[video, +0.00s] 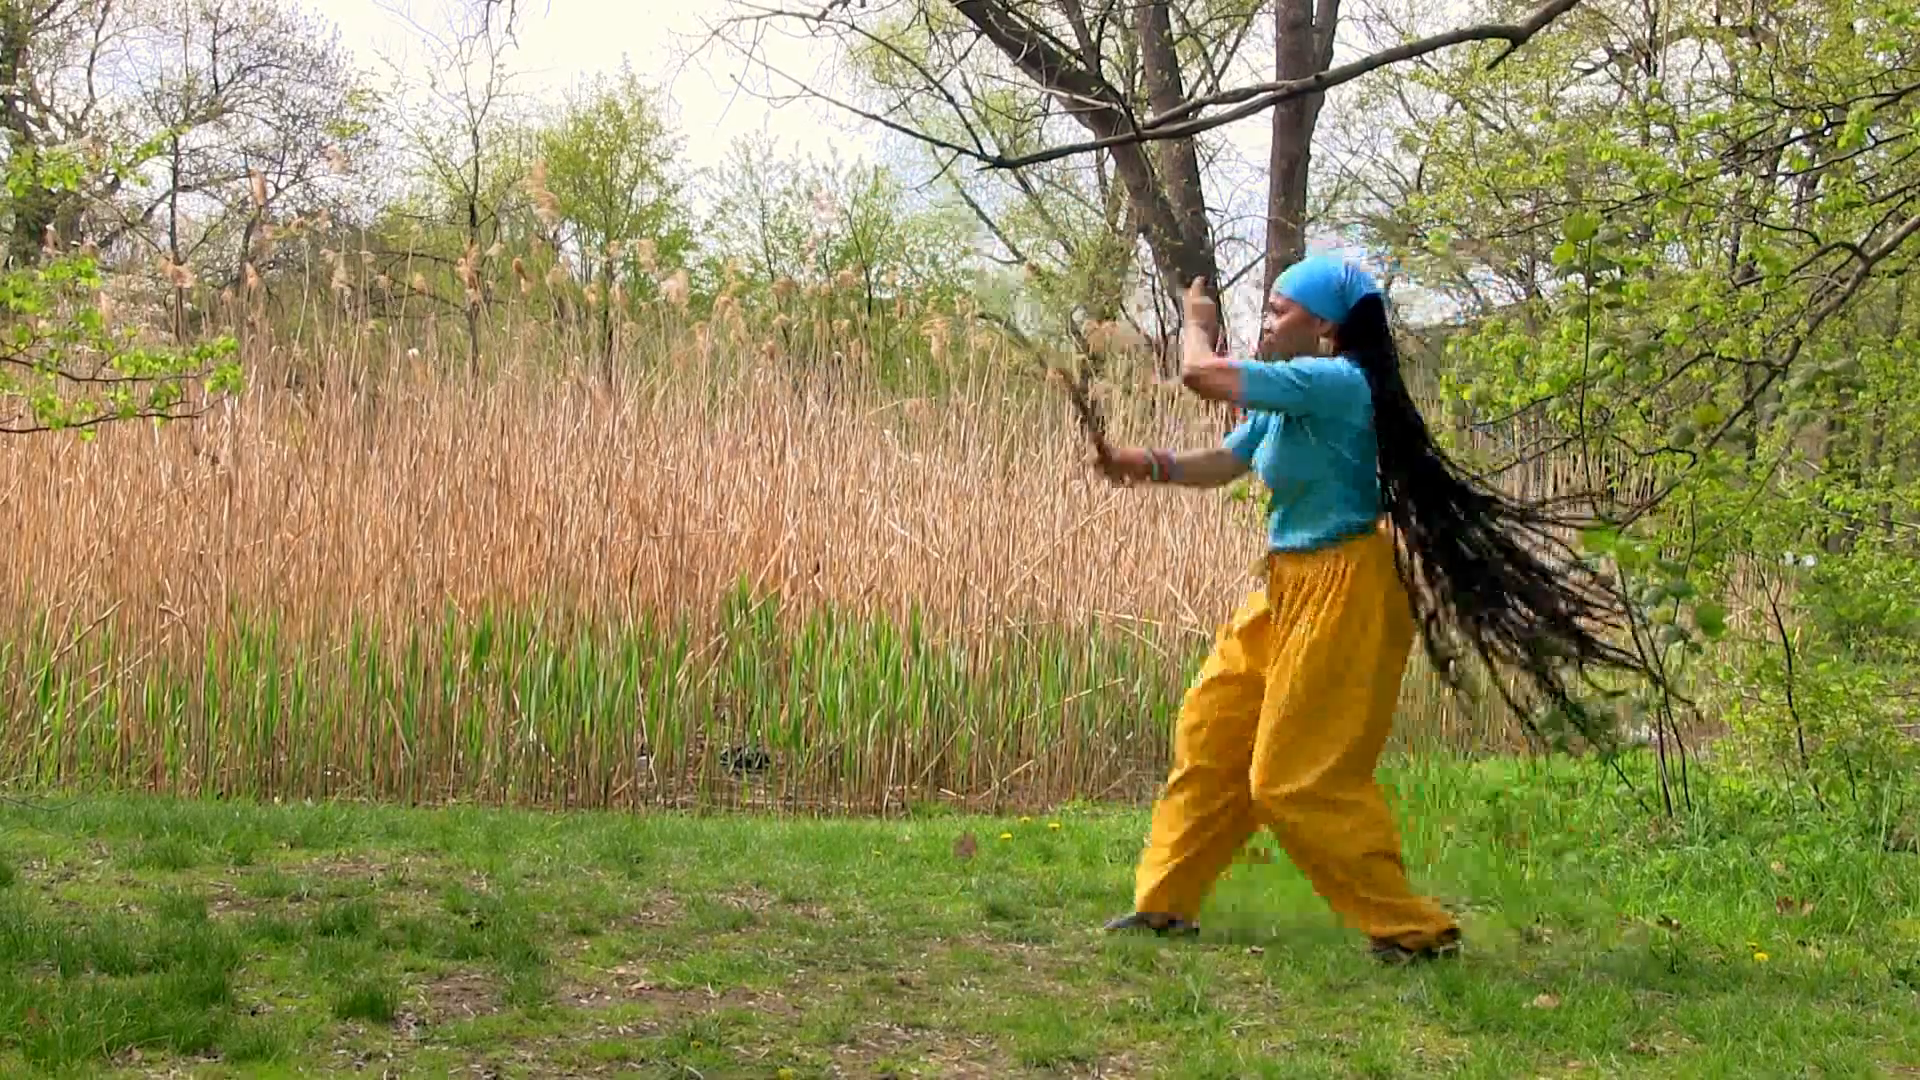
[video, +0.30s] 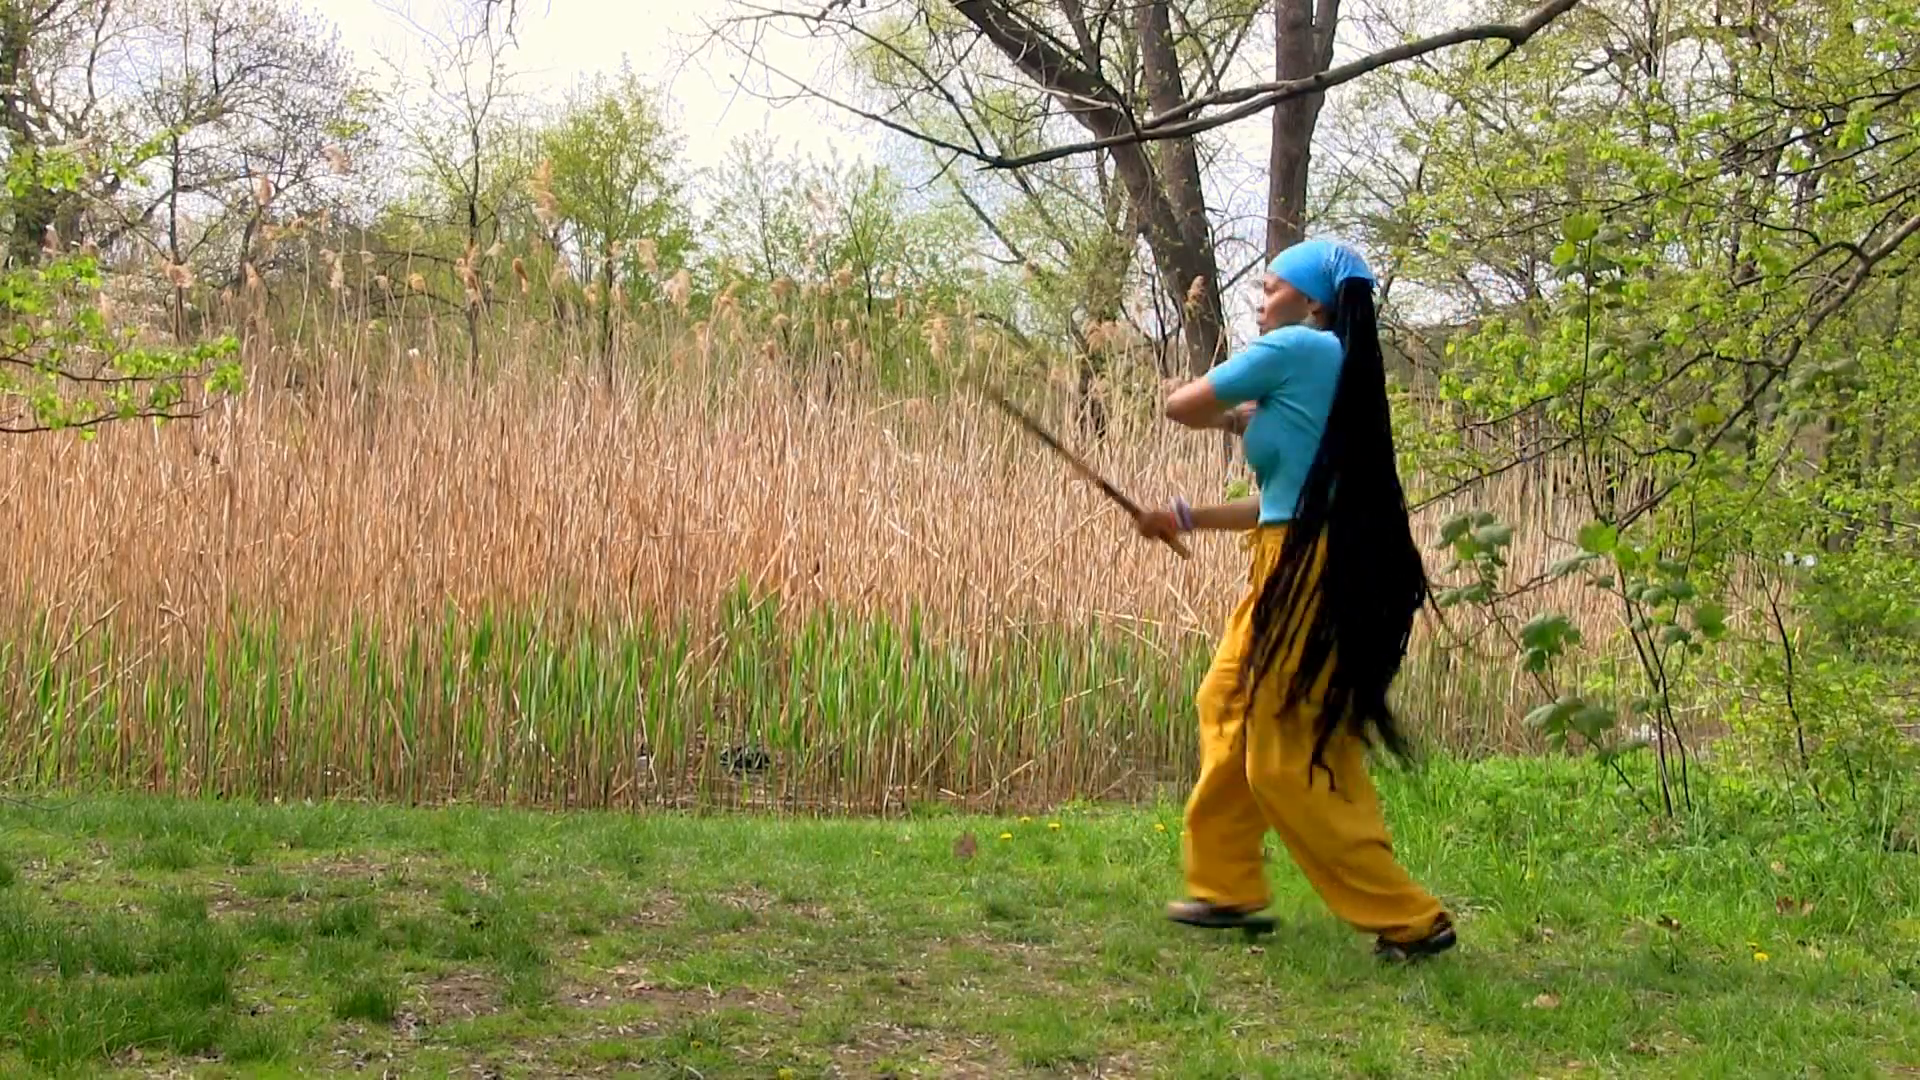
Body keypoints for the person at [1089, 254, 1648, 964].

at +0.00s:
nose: (1266, 321)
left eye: (1281, 310)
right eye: (1271, 308)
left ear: (1325, 330)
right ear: (1311, 328)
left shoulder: (1340, 382)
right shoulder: (1287, 396)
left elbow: (1205, 373)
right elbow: (1227, 461)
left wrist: (1196, 317)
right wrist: (1147, 465)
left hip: (1345, 588)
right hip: (1286, 588)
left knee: (1296, 773)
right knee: (1212, 735)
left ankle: (1412, 932)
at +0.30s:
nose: (1262, 298)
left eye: (1274, 289)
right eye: (1266, 288)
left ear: (1310, 301)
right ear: (1320, 306)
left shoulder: (1297, 347)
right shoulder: (1323, 367)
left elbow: (1182, 404)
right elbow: (1285, 501)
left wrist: (1239, 410)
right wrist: (1187, 517)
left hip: (1312, 561)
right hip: (1290, 560)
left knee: (1281, 750)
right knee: (1225, 705)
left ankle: (1409, 920)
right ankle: (1231, 890)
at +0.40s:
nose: (1249, 301)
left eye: (1259, 291)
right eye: (1253, 290)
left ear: (1292, 303)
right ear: (1314, 307)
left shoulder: (1266, 348)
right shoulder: (1348, 356)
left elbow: (1159, 420)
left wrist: (1119, 431)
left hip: (1318, 553)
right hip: (1390, 555)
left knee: (1226, 727)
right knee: (1322, 731)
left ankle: (1360, 873)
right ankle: (1410, 856)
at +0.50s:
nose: (1219, 366)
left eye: (1231, 355)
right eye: (1224, 353)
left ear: (1265, 362)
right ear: (1297, 363)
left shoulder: (1234, 409)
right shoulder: (1346, 402)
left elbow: (1103, 462)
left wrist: (994, 499)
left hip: (1325, 581)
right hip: (1411, 583)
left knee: (1193, 707)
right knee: (1380, 758)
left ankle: (1205, 910)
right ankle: (1493, 911)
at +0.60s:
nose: (1205, 447)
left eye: (1213, 434)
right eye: (1207, 433)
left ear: (1247, 433)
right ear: (1286, 433)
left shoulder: (1225, 478)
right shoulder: (1341, 474)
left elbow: (1105, 532)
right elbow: (1409, 554)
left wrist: (1017, 607)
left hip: (1313, 615)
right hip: (1407, 610)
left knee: (1179, 746)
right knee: (1389, 777)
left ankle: (1115, 929)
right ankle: (1487, 927)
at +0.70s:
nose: (1197, 476)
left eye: (1205, 466)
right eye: (1200, 465)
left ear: (1235, 467)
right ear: (1277, 465)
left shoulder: (1218, 505)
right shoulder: (1318, 505)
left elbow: (1171, 575)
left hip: (1293, 646)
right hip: (1388, 642)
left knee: (1156, 758)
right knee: (1360, 801)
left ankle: (1117, 932)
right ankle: (1477, 931)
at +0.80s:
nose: (1202, 464)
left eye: (1211, 453)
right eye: (1205, 453)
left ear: (1246, 463)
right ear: (1268, 466)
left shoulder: (1231, 496)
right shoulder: (1308, 505)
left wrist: (1211, 679)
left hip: (1302, 660)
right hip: (1386, 658)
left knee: (1156, 750)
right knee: (1355, 813)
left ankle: (1114, 931)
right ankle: (1474, 931)